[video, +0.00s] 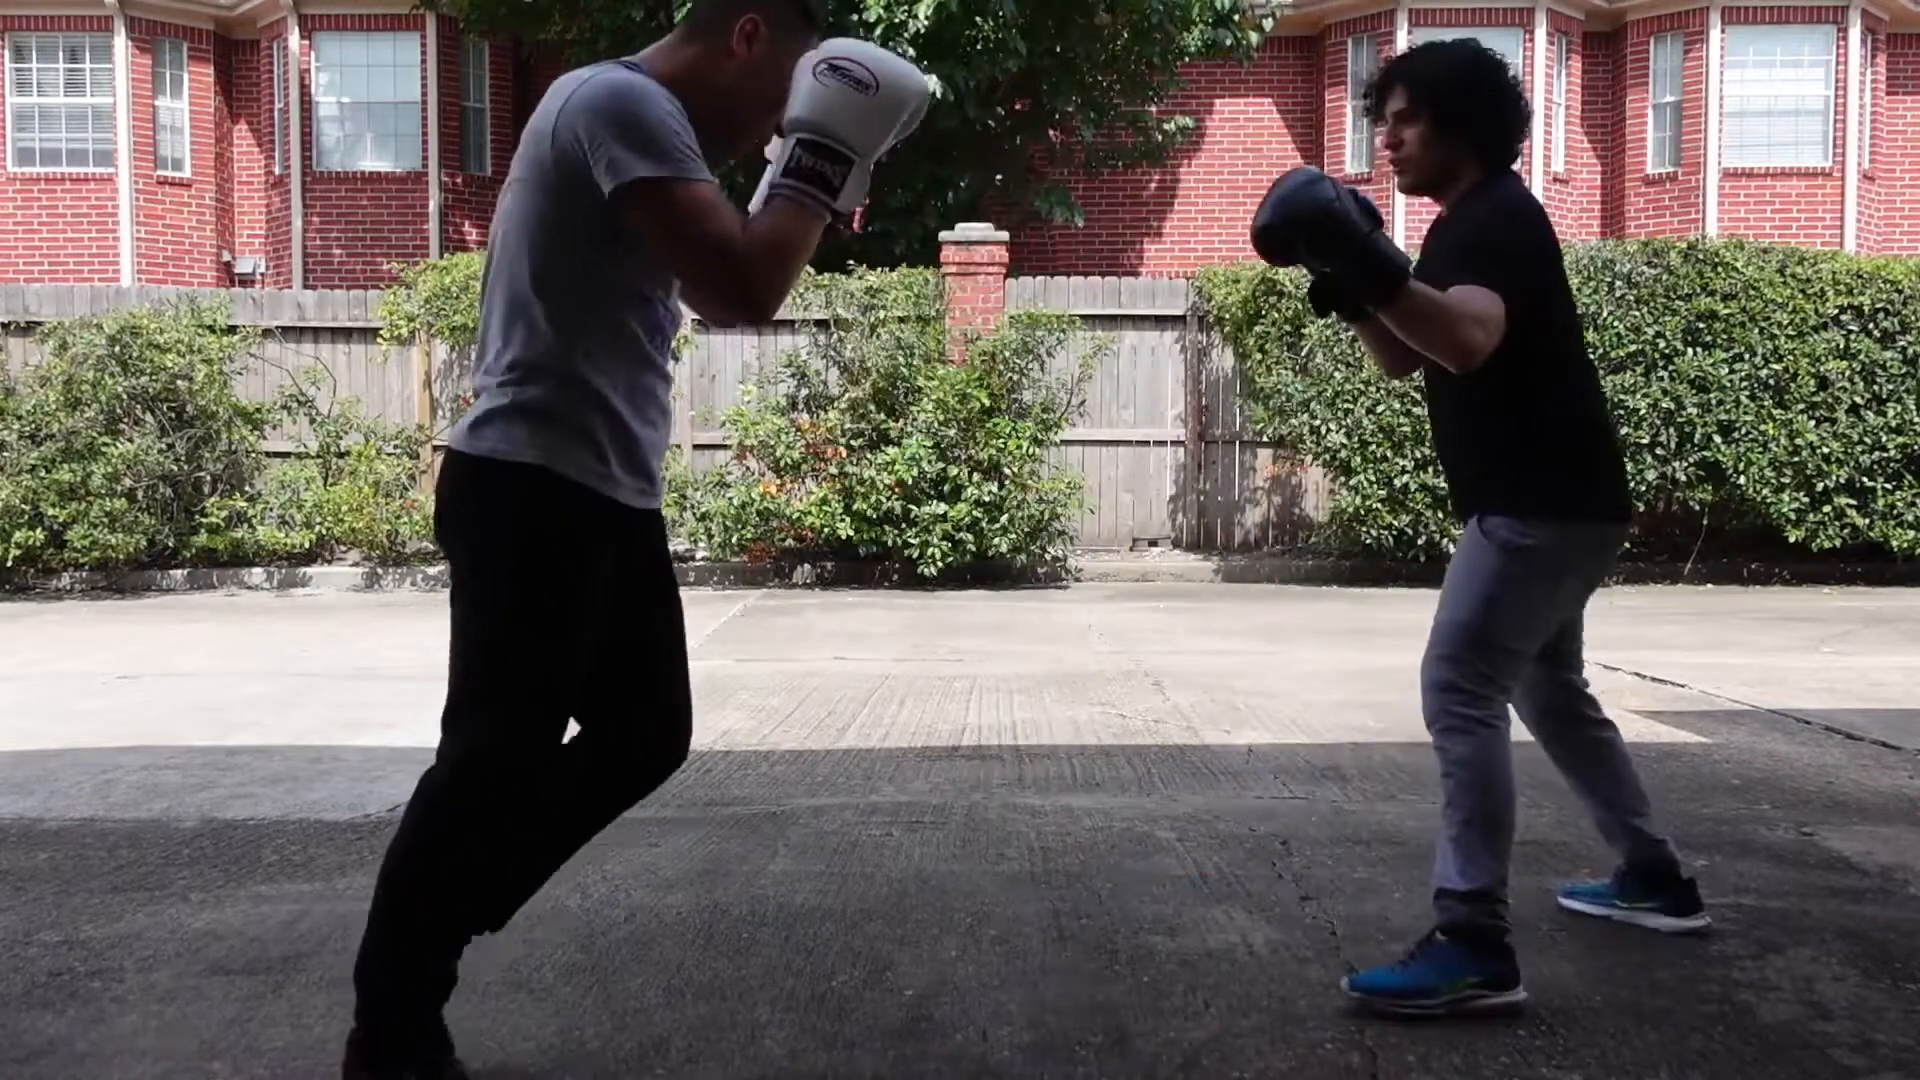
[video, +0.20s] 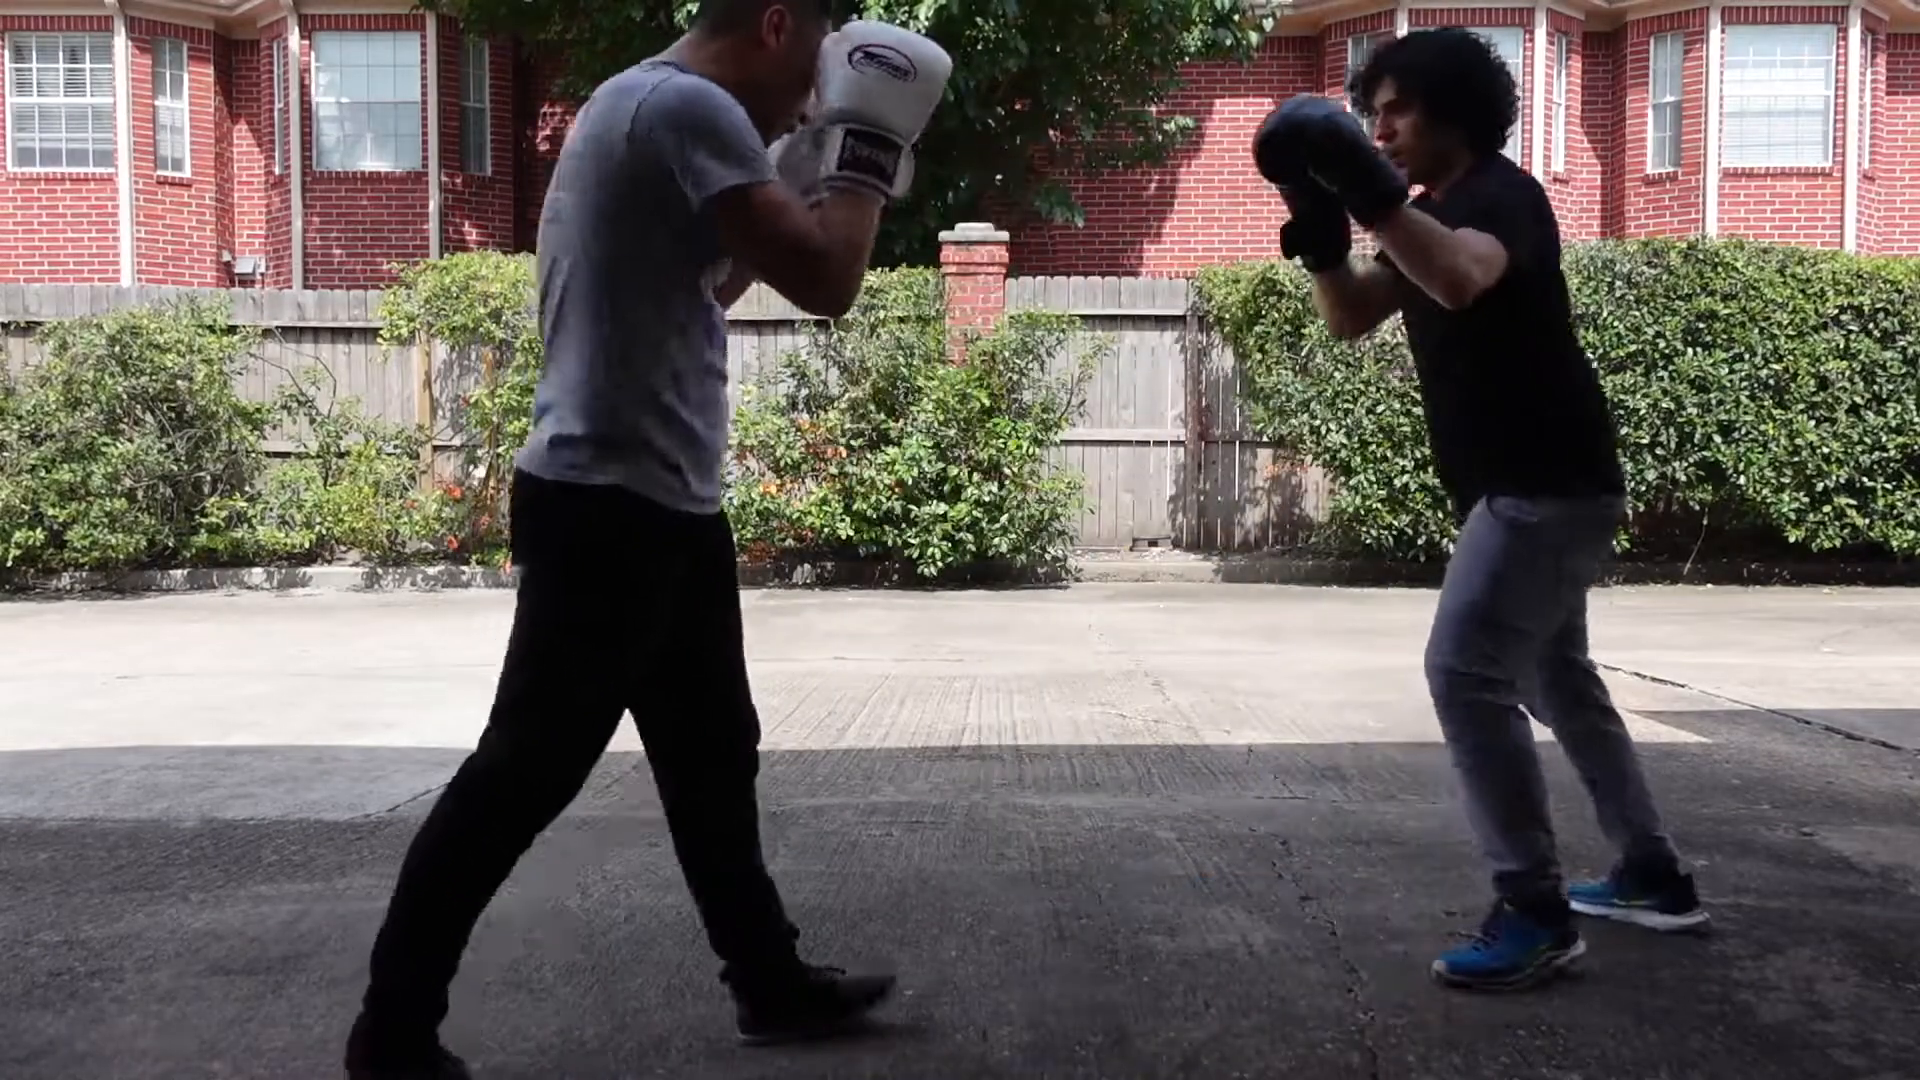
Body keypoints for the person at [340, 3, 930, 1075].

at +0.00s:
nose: (784, 99)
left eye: (793, 82)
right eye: (791, 72)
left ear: (724, 35)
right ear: (748, 35)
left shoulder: (646, 127)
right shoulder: (613, 101)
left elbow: (733, 296)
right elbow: (748, 280)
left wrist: (811, 197)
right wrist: (818, 152)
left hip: (604, 495)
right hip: (531, 485)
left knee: (646, 733)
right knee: (493, 754)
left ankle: (437, 928)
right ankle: (391, 1035)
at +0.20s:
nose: (817, 79)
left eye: (827, 60)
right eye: (822, 52)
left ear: (738, 24)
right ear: (772, 24)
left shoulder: (630, 106)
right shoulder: (682, 107)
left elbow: (705, 292)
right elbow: (829, 279)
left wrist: (811, 161)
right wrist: (871, 140)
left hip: (653, 503)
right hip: (612, 505)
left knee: (712, 756)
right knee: (523, 774)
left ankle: (772, 983)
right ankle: (391, 1031)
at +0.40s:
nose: (872, 87)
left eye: (879, 63)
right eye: (876, 56)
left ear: (791, 20)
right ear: (834, 23)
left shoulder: (701, 109)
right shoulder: (730, 100)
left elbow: (824, 281)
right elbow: (854, 274)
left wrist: (898, 193)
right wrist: (936, 181)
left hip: (726, 491)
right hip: (728, 495)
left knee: (775, 750)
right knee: (767, 758)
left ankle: (787, 989)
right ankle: (568, 984)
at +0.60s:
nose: (938, 60)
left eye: (944, 40)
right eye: (939, 33)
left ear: (842, 15)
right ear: (898, 14)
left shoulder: (760, 99)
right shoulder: (801, 100)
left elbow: (876, 271)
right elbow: (947, 263)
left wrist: (938, 157)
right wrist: (986, 136)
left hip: (773, 480)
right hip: (813, 485)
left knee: (855, 739)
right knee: (892, 761)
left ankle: (805, 961)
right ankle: (840, 1046)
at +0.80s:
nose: (994, 46)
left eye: (996, 29)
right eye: (996, 25)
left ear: (881, 3)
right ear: (969, 8)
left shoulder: (789, 96)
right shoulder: (897, 77)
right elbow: (1031, 249)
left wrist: (1012, 148)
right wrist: (1073, 131)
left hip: (805, 458)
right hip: (858, 465)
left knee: (955, 666)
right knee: (892, 738)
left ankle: (918, 931)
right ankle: (838, 1044)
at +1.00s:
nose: (1020, 33)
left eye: (1020, 23)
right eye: (1022, 23)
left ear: (910, 6)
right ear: (1002, 13)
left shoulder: (811, 105)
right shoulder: (961, 82)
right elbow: (1094, 260)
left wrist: (1065, 185)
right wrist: (1118, 149)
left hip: (827, 471)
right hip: (915, 478)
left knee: (924, 731)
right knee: (908, 753)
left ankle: (919, 956)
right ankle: (839, 1041)